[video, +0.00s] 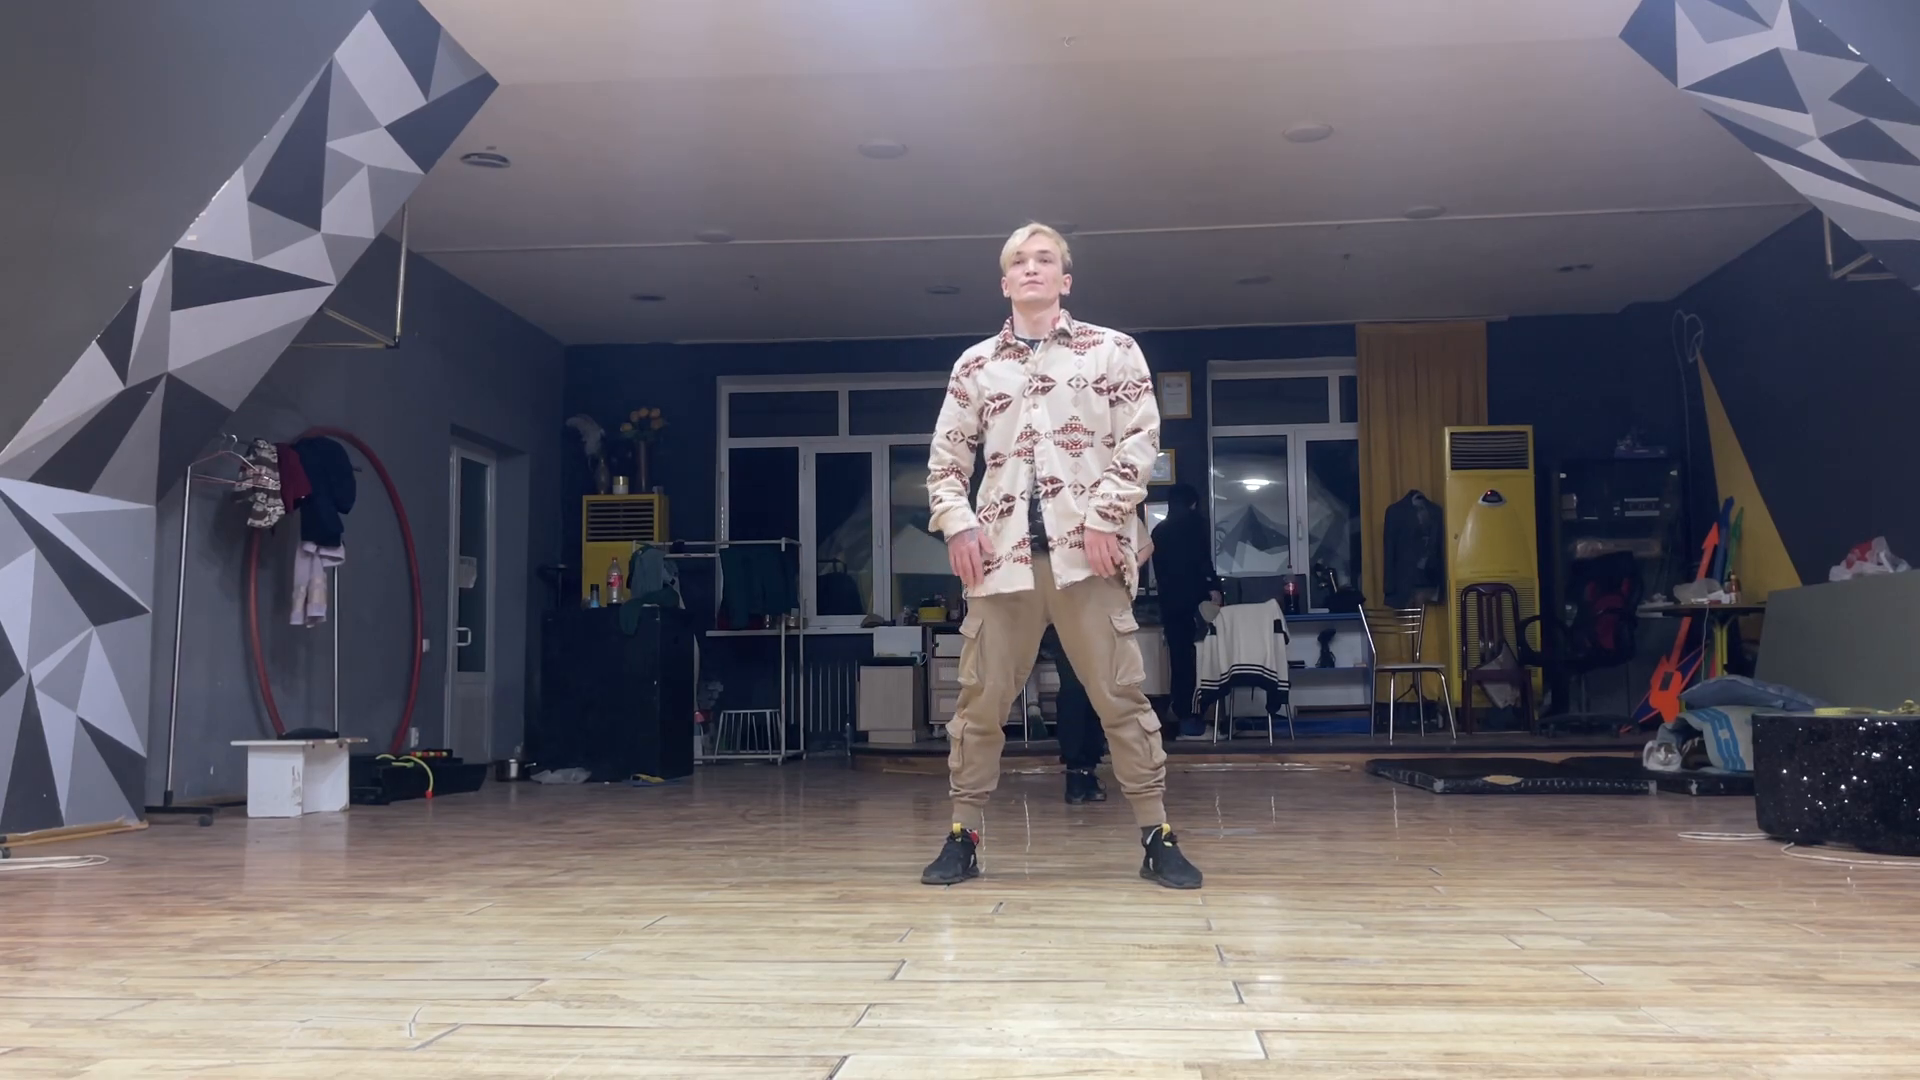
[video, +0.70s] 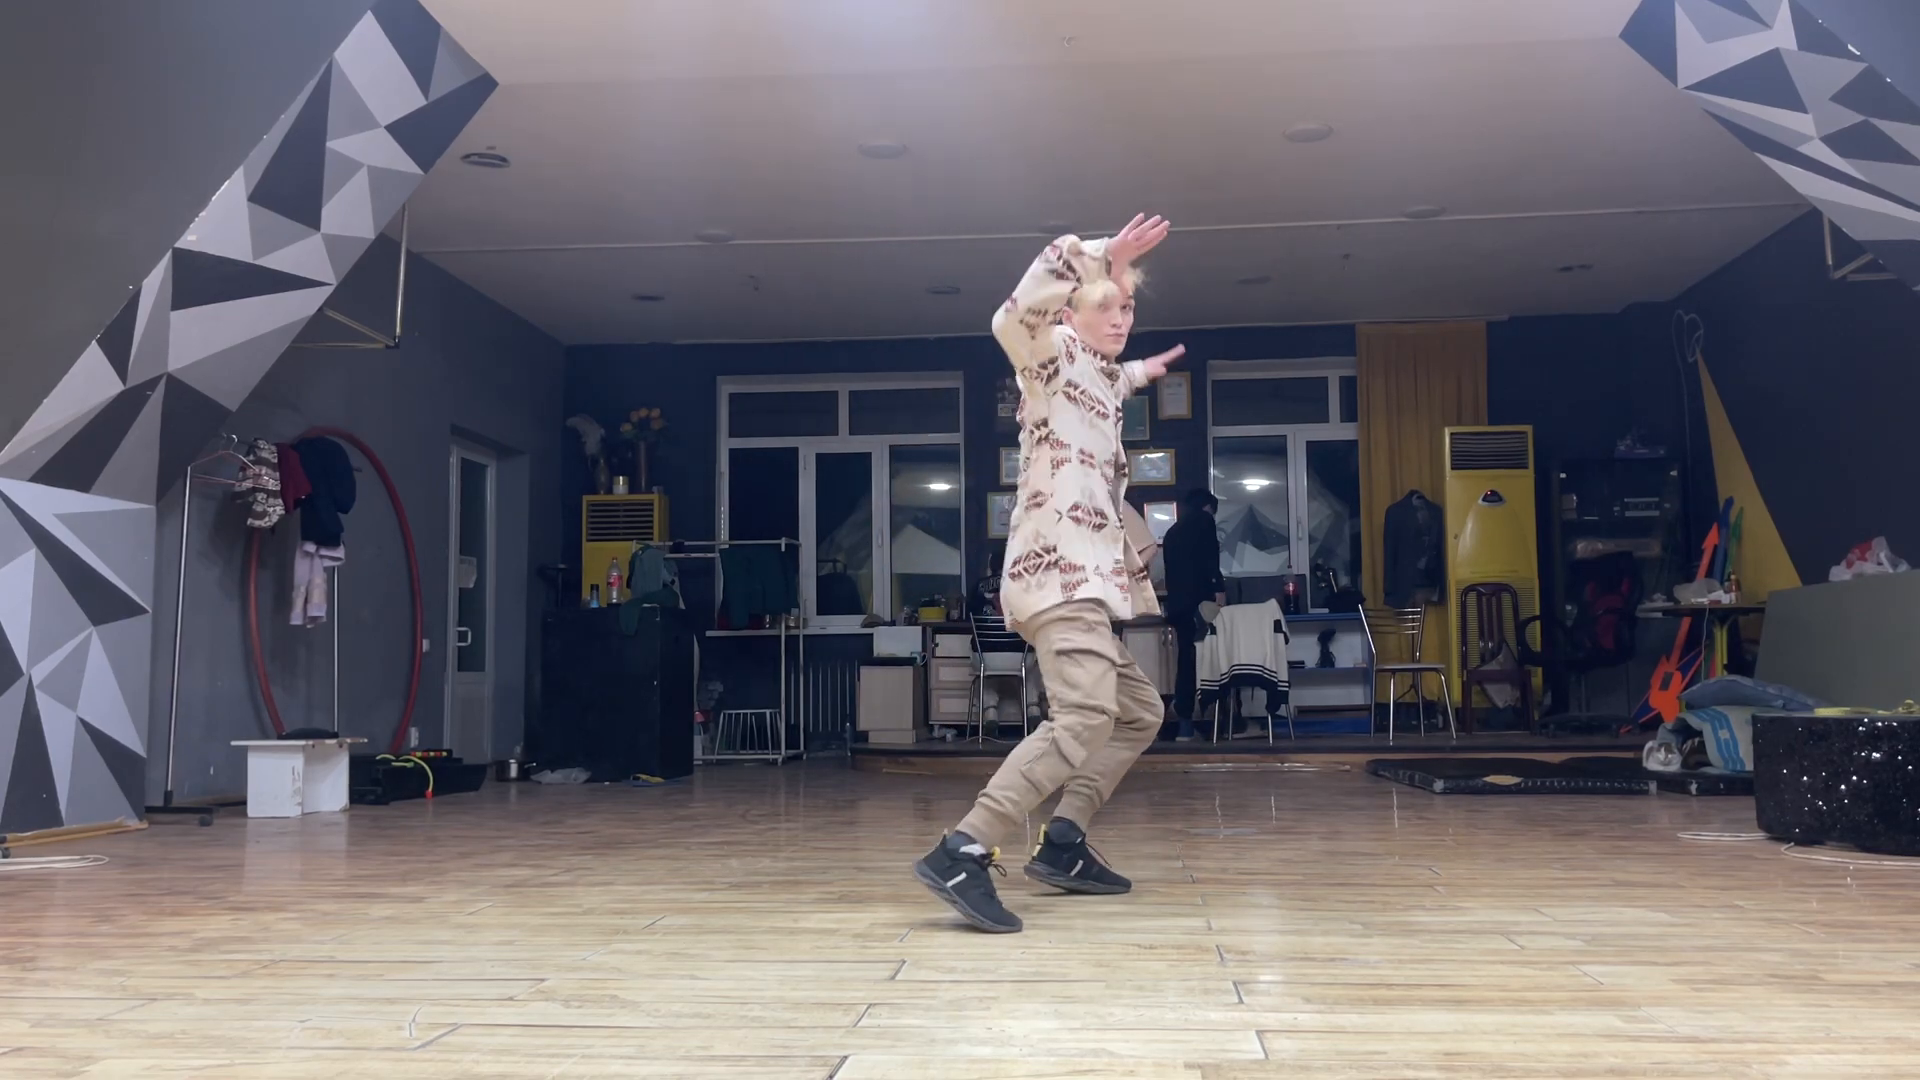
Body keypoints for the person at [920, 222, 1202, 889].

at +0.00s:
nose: (1031, 268)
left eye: (1043, 259)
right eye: (1020, 260)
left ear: (1066, 277)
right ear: (1003, 281)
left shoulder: (1114, 350)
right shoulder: (975, 366)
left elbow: (1141, 441)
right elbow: (947, 460)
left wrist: (1108, 516)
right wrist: (957, 523)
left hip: (1089, 553)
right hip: (1001, 559)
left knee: (1121, 696)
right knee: (980, 701)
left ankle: (1157, 835)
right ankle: (963, 836)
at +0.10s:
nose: (1038, 267)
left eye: (1050, 258)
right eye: (1026, 260)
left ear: (1072, 278)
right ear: (1008, 280)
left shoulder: (1116, 351)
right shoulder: (977, 361)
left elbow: (1150, 427)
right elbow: (937, 437)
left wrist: (1081, 452)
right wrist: (977, 458)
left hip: (1092, 553)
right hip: (1002, 557)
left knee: (1120, 695)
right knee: (981, 700)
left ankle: (1157, 836)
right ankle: (962, 837)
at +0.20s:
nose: (1043, 262)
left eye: (1056, 253)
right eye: (1031, 253)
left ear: (1076, 271)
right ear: (1013, 271)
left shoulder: (1107, 342)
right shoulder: (983, 346)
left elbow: (1158, 394)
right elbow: (937, 418)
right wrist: (972, 362)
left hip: (1091, 561)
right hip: (998, 563)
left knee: (1122, 701)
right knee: (977, 703)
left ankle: (1155, 836)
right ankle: (962, 837)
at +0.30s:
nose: (1055, 266)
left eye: (1066, 257)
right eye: (1041, 257)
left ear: (1084, 270)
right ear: (1019, 272)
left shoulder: (1116, 335)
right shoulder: (995, 337)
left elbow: (1167, 388)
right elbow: (961, 403)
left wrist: (1129, 325)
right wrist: (1011, 335)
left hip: (1094, 562)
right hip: (1004, 564)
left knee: (1137, 690)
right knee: (977, 710)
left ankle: (1098, 834)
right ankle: (961, 837)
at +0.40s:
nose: (1083, 277)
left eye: (1091, 268)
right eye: (1068, 267)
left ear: (1101, 283)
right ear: (1038, 282)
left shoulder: (1116, 371)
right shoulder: (1003, 363)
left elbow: (1147, 457)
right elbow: (998, 462)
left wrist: (1159, 488)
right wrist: (1089, 490)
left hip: (1104, 571)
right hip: (1023, 573)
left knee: (1113, 709)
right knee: (1017, 717)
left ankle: (1051, 846)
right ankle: (962, 822)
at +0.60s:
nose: (1114, 291)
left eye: (1123, 281)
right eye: (1100, 279)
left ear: (1130, 290)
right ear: (1067, 287)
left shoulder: (1100, 371)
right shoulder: (1041, 351)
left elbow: (1109, 469)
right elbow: (1017, 417)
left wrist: (1170, 486)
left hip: (1096, 560)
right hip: (1044, 549)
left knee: (1144, 698)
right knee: (1076, 676)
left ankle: (1061, 839)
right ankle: (973, 831)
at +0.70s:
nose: (1123, 316)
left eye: (1129, 304)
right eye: (1109, 304)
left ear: (1132, 307)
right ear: (1067, 309)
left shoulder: (1103, 375)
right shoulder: (1050, 357)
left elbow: (1116, 378)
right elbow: (1020, 316)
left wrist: (1151, 367)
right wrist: (1095, 253)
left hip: (1085, 580)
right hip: (1054, 573)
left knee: (1139, 711)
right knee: (1085, 716)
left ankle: (1063, 841)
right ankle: (962, 853)